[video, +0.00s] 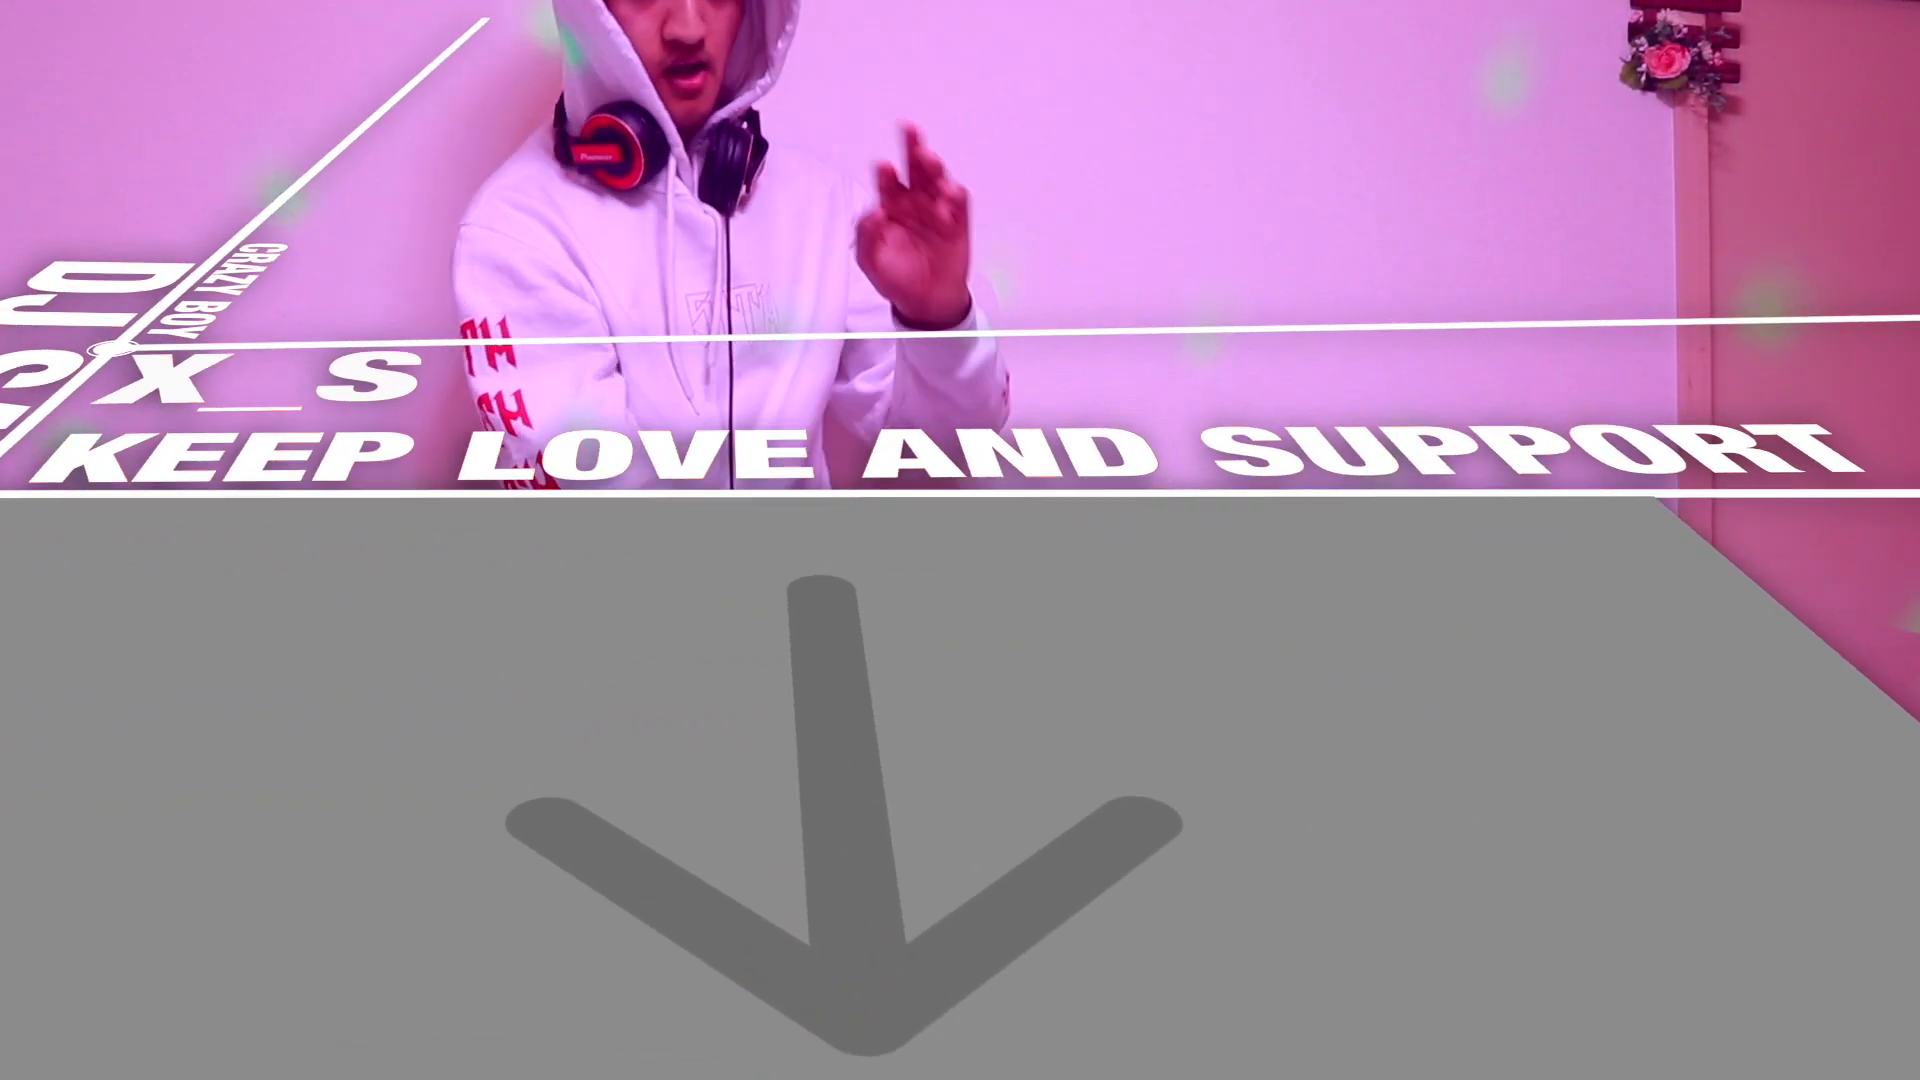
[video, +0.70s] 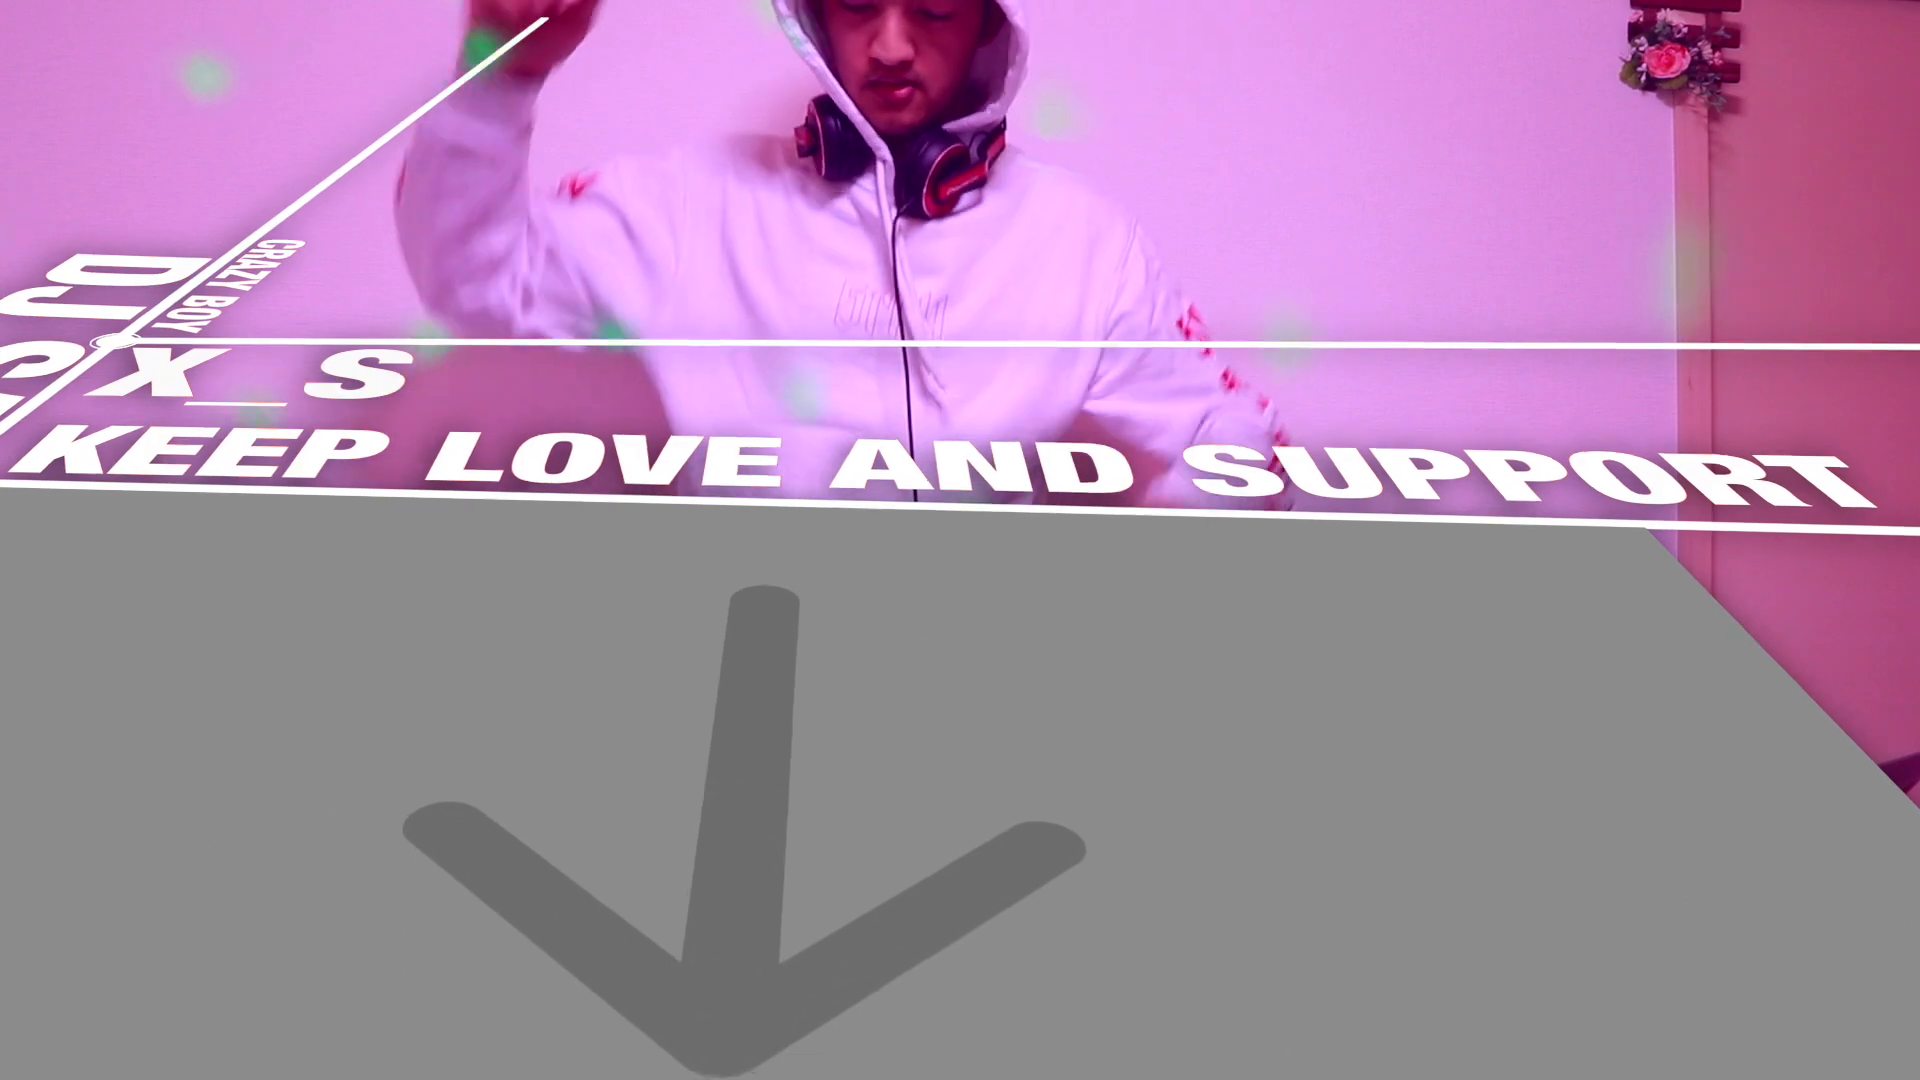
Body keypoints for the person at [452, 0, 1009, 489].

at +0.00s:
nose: (687, 30)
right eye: (646, 1)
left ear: (748, 13)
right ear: (585, 17)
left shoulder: (831, 206)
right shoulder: (518, 221)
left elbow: (935, 478)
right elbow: (581, 476)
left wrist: (938, 322)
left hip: (807, 574)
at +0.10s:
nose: (699, 18)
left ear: (759, 7)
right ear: (604, 9)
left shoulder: (845, 199)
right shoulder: (529, 212)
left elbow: (919, 491)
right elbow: (582, 473)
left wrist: (943, 372)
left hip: (822, 573)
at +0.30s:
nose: (771, 44)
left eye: (806, 5)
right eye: (733, 3)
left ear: (846, 22)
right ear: (681, 20)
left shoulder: (935, 224)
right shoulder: (582, 223)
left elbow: (975, 472)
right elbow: (554, 481)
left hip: (868, 589)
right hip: (654, 585)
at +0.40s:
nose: (828, 71)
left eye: (869, 30)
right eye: (792, 27)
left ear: (912, 43)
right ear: (738, 31)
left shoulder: (984, 240)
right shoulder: (637, 228)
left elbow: (1049, 469)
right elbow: (545, 460)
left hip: (909, 598)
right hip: (688, 593)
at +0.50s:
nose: (875, 57)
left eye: (914, 20)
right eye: (844, 14)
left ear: (962, 28)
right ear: (788, 18)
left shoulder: (1032, 225)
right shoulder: (671, 203)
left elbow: (1098, 480)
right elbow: (549, 437)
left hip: (952, 595)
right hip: (714, 587)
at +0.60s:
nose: (898, 40)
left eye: (938, 10)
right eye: (867, 4)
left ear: (985, 29)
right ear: (820, 16)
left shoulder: (1065, 223)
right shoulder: (698, 201)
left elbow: (1152, 472)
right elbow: (518, 397)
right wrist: (465, 259)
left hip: (996, 601)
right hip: (753, 591)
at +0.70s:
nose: (890, 47)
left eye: (930, 12)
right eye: (856, 10)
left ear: (989, 25)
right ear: (812, 24)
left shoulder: (1081, 234)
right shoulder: (685, 206)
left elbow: (1222, 447)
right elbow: (477, 286)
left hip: (1016, 620)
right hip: (759, 610)